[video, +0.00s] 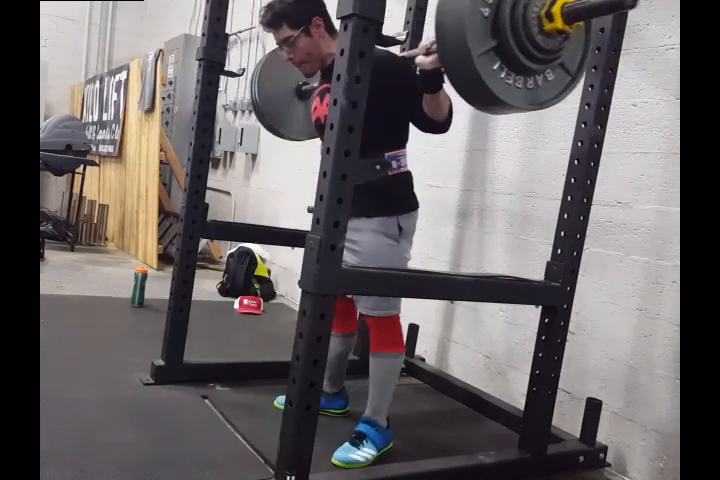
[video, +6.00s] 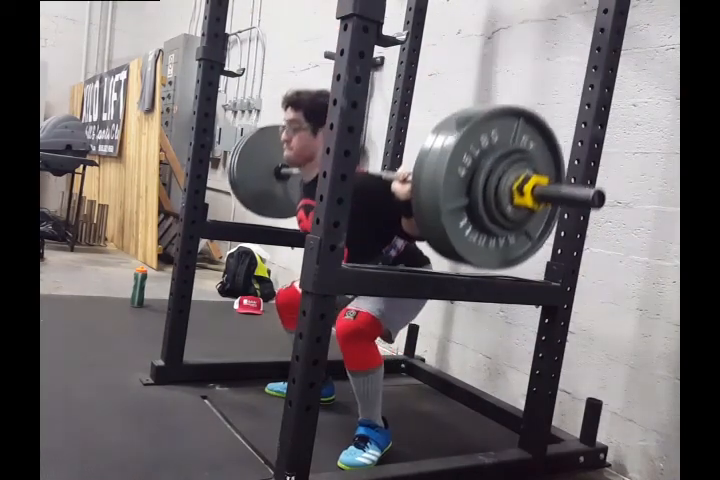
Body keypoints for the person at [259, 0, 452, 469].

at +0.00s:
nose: (289, 57)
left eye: (292, 44)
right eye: (283, 49)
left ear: (319, 27)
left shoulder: (383, 66)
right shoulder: (322, 79)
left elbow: (439, 122)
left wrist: (431, 75)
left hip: (383, 211)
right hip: (336, 208)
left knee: (379, 310)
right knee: (335, 301)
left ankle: (376, 424)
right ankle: (330, 389)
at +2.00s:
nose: (300, 30)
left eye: (308, 20)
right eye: (301, 21)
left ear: (340, 22)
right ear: (328, 25)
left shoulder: (388, 76)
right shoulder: (329, 80)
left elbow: (434, 135)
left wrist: (429, 86)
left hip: (379, 213)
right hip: (333, 210)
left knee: (378, 310)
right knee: (329, 299)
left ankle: (375, 423)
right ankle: (318, 379)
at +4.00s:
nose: (312, 32)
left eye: (319, 21)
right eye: (310, 23)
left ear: (349, 22)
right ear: (331, 27)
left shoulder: (391, 78)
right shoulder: (333, 80)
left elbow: (438, 136)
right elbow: (325, 126)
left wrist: (435, 88)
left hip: (382, 217)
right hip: (335, 213)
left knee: (382, 312)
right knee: (332, 302)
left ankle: (376, 424)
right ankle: (318, 380)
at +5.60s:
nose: (300, 80)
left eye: (310, 72)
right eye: (301, 71)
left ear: (339, 79)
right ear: (315, 80)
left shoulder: (376, 134)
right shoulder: (321, 136)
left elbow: (430, 185)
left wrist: (423, 147)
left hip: (404, 243)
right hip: (353, 242)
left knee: (364, 325)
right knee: (302, 298)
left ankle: (374, 429)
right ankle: (315, 381)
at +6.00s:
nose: (284, 138)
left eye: (294, 129)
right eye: (284, 129)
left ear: (326, 136)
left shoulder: (365, 187)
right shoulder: (309, 186)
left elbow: (417, 231)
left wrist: (409, 201)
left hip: (403, 273)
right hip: (352, 271)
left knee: (353, 328)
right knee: (289, 303)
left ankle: (373, 430)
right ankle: (316, 382)